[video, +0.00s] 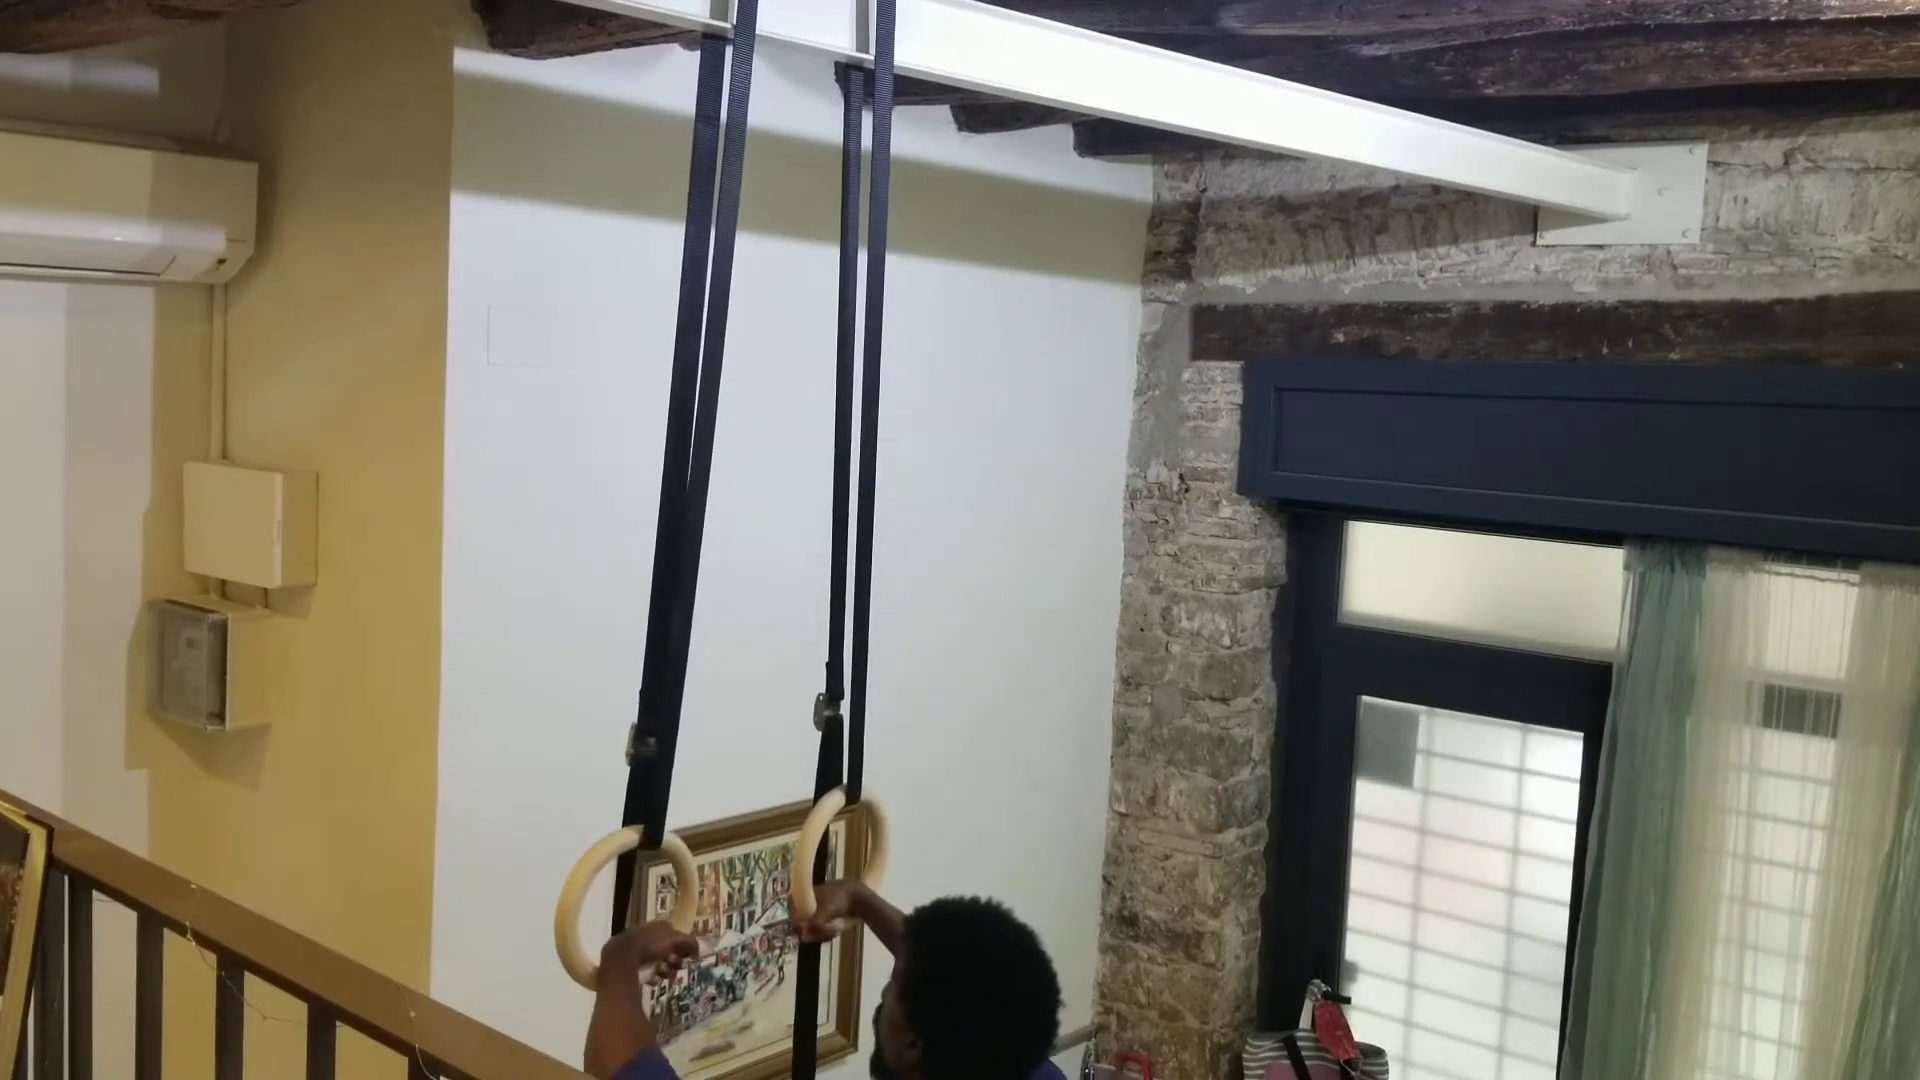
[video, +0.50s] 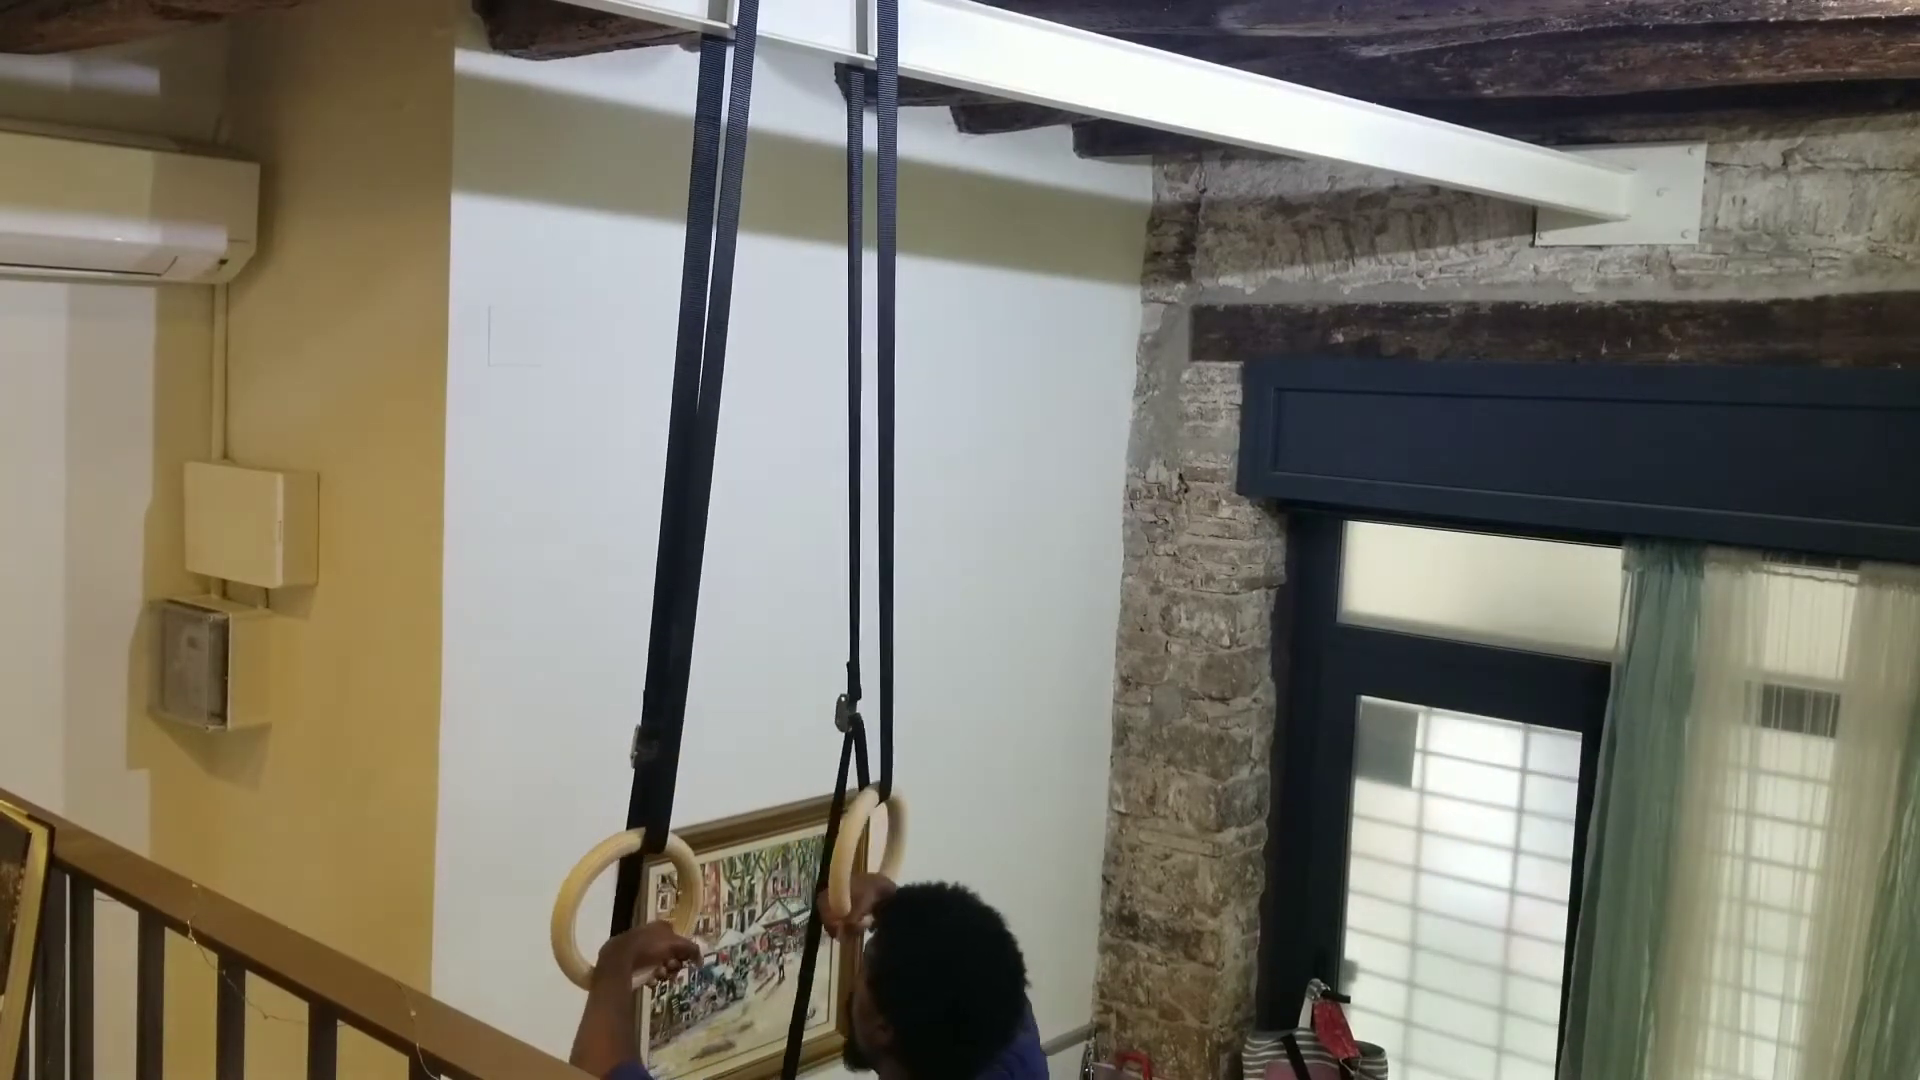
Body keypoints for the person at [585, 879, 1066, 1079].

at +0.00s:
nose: (888, 987)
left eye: (896, 986)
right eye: (898, 979)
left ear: (908, 1040)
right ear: (1012, 1023)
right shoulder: (1027, 1069)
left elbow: (621, 1062)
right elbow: (973, 996)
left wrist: (619, 964)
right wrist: (865, 900)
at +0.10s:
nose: (881, 990)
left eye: (889, 988)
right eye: (892, 982)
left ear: (903, 1038)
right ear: (1011, 1020)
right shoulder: (1026, 1069)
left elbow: (614, 1060)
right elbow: (977, 992)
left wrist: (613, 965)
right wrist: (865, 900)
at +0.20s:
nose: (876, 994)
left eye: (885, 991)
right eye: (885, 984)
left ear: (899, 1040)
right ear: (1009, 1019)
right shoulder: (1024, 1068)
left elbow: (609, 1060)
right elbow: (978, 990)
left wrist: (611, 966)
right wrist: (868, 902)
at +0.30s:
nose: (872, 993)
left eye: (880, 990)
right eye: (882, 982)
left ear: (894, 1040)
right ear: (1007, 1015)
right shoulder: (1026, 1068)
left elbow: (610, 1060)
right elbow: (980, 993)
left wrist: (611, 964)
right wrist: (873, 903)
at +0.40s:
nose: (865, 987)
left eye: (874, 984)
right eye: (876, 976)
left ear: (889, 1036)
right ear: (1007, 1002)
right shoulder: (1025, 1063)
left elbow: (610, 1066)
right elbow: (984, 984)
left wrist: (612, 966)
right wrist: (882, 901)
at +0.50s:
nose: (856, 972)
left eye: (865, 975)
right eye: (868, 962)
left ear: (882, 1032)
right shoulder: (1016, 1056)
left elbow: (605, 1068)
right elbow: (991, 974)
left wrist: (614, 966)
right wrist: (890, 902)